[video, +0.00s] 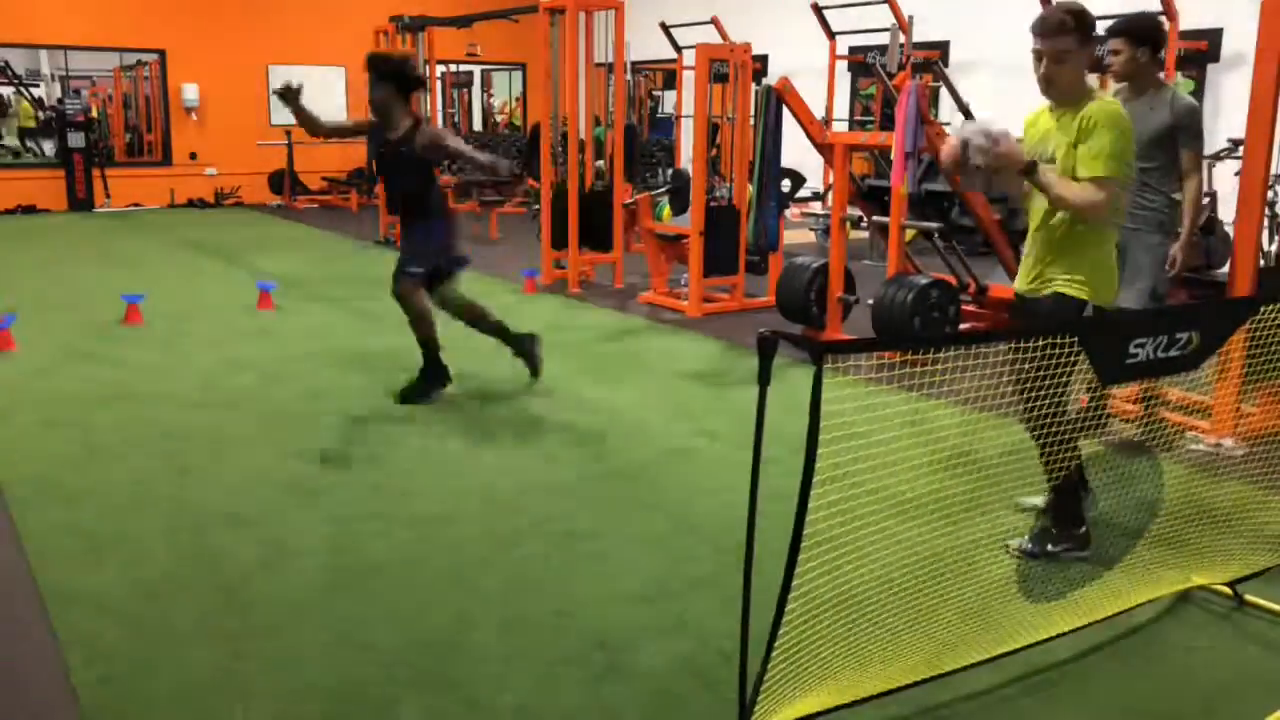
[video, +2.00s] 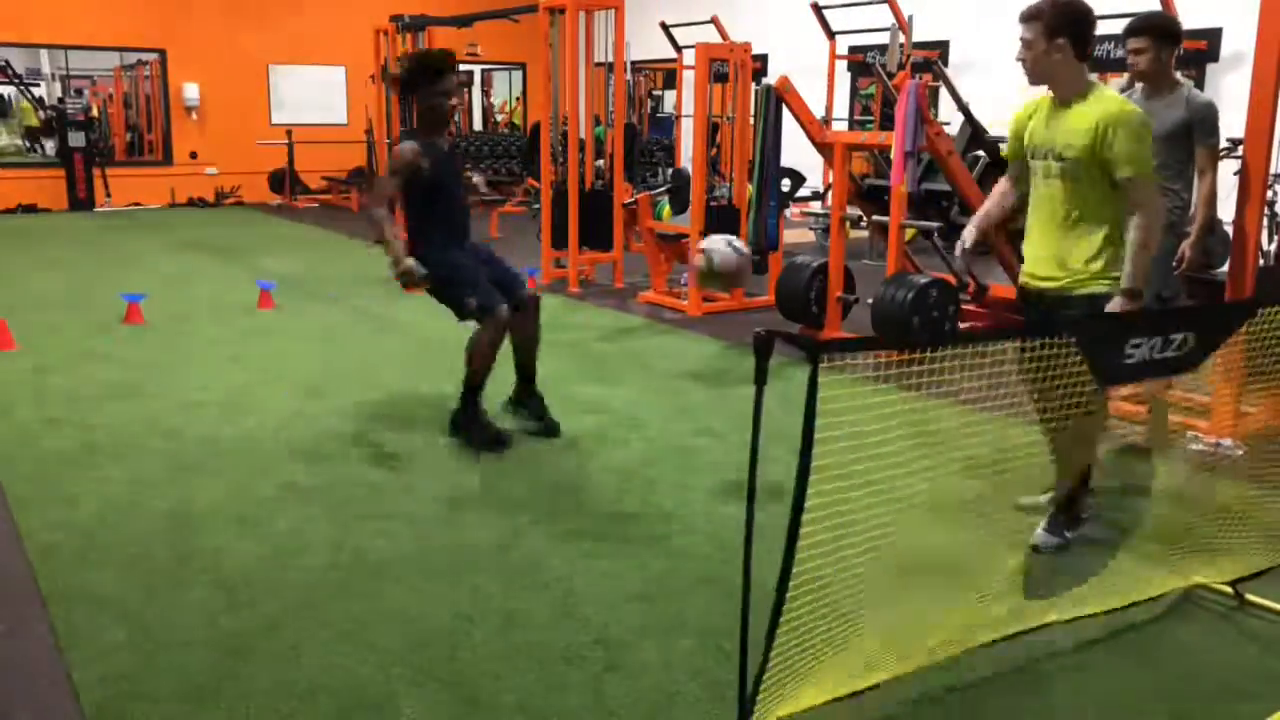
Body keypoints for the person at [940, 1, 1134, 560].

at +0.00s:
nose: (1042, 69)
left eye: (1055, 59)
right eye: (1038, 58)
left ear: (1086, 59)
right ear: (1033, 56)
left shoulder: (1107, 118)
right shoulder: (1038, 121)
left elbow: (1096, 205)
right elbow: (1023, 187)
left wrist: (1031, 170)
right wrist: (984, 162)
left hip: (1079, 283)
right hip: (1036, 277)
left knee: (1037, 398)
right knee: (1035, 395)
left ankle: (1069, 527)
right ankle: (1069, 496)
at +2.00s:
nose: (1020, 55)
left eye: (1029, 45)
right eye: (1021, 44)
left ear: (1064, 49)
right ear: (1053, 50)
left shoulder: (1118, 117)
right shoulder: (1028, 114)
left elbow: (1148, 209)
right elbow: (1013, 183)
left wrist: (1131, 290)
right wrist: (976, 226)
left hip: (1092, 286)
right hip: (1036, 281)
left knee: (1078, 396)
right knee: (1040, 386)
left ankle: (1069, 508)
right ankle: (1073, 478)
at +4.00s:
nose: (946, 81)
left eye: (959, 72)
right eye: (939, 70)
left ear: (977, 71)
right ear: (927, 66)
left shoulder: (1003, 128)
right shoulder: (907, 136)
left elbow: (1036, 206)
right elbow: (906, 207)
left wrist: (963, 211)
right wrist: (895, 238)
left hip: (990, 288)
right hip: (922, 286)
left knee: (1007, 400)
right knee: (877, 372)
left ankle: (1054, 514)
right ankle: (863, 471)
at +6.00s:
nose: (1079, 58)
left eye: (1085, 47)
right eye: (1080, 47)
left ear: (1115, 49)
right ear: (1127, 51)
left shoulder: (1128, 109)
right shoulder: (1166, 103)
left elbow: (1139, 209)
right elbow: (1205, 181)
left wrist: (1077, 268)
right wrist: (1173, 232)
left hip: (1143, 278)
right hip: (1180, 276)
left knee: (1122, 395)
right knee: (1143, 390)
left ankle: (1131, 518)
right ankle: (1148, 491)